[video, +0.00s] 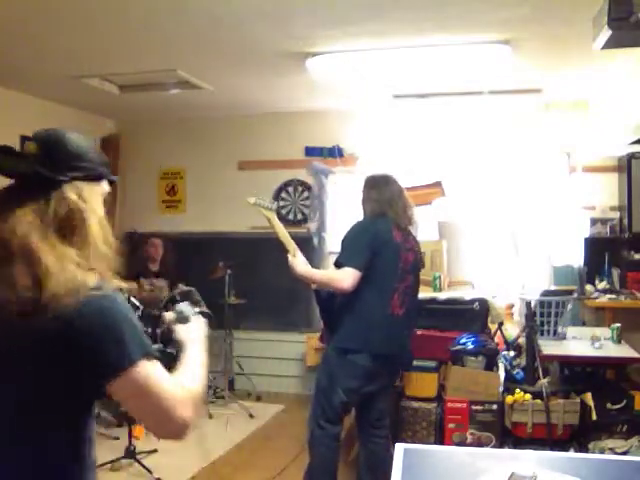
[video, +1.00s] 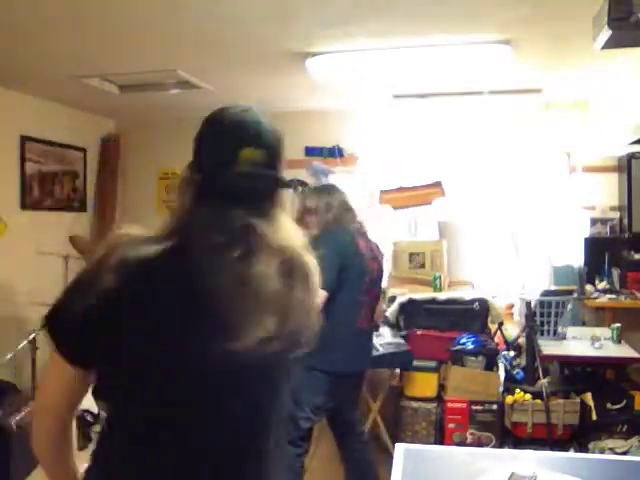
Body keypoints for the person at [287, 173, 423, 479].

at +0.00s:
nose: (362, 202)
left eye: (364, 196)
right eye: (364, 196)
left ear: (369, 198)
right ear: (398, 200)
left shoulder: (367, 230)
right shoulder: (410, 240)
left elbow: (346, 281)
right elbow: (394, 293)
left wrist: (305, 271)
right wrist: (326, 280)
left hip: (355, 346)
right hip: (392, 349)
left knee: (324, 424)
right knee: (376, 431)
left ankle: (320, 474)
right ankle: (375, 476)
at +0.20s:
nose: (357, 204)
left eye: (359, 199)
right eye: (358, 198)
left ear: (366, 200)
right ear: (392, 200)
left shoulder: (363, 230)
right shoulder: (405, 240)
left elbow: (341, 282)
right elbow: (398, 293)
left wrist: (302, 272)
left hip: (352, 347)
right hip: (387, 349)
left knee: (321, 425)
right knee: (371, 429)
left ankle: (319, 474)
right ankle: (377, 476)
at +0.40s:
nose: (347, 206)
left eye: (348, 200)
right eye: (347, 200)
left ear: (356, 200)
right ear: (381, 200)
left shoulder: (356, 231)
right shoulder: (397, 241)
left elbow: (334, 286)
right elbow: (391, 295)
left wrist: (293, 277)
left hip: (346, 349)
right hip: (380, 351)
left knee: (316, 429)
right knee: (366, 426)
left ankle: (308, 474)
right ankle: (381, 474)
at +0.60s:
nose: (322, 214)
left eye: (325, 207)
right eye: (323, 207)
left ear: (337, 207)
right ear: (361, 206)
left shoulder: (341, 238)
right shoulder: (377, 243)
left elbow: (321, 295)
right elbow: (370, 300)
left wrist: (276, 285)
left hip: (331, 358)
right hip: (363, 357)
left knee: (299, 439)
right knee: (357, 435)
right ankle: (373, 475)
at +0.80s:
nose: (304, 220)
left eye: (308, 211)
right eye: (305, 212)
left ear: (321, 211)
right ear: (344, 208)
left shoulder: (332, 242)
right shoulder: (366, 245)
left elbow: (312, 301)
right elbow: (362, 302)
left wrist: (269, 291)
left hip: (319, 360)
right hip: (352, 359)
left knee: (289, 443)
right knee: (350, 436)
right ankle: (366, 475)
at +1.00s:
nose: (306, 220)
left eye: (310, 212)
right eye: (305, 212)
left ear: (326, 211)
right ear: (343, 209)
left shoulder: (331, 241)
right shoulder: (366, 243)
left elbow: (316, 297)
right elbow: (372, 303)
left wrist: (292, 330)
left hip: (323, 354)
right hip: (355, 355)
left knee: (292, 435)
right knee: (349, 429)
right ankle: (364, 474)